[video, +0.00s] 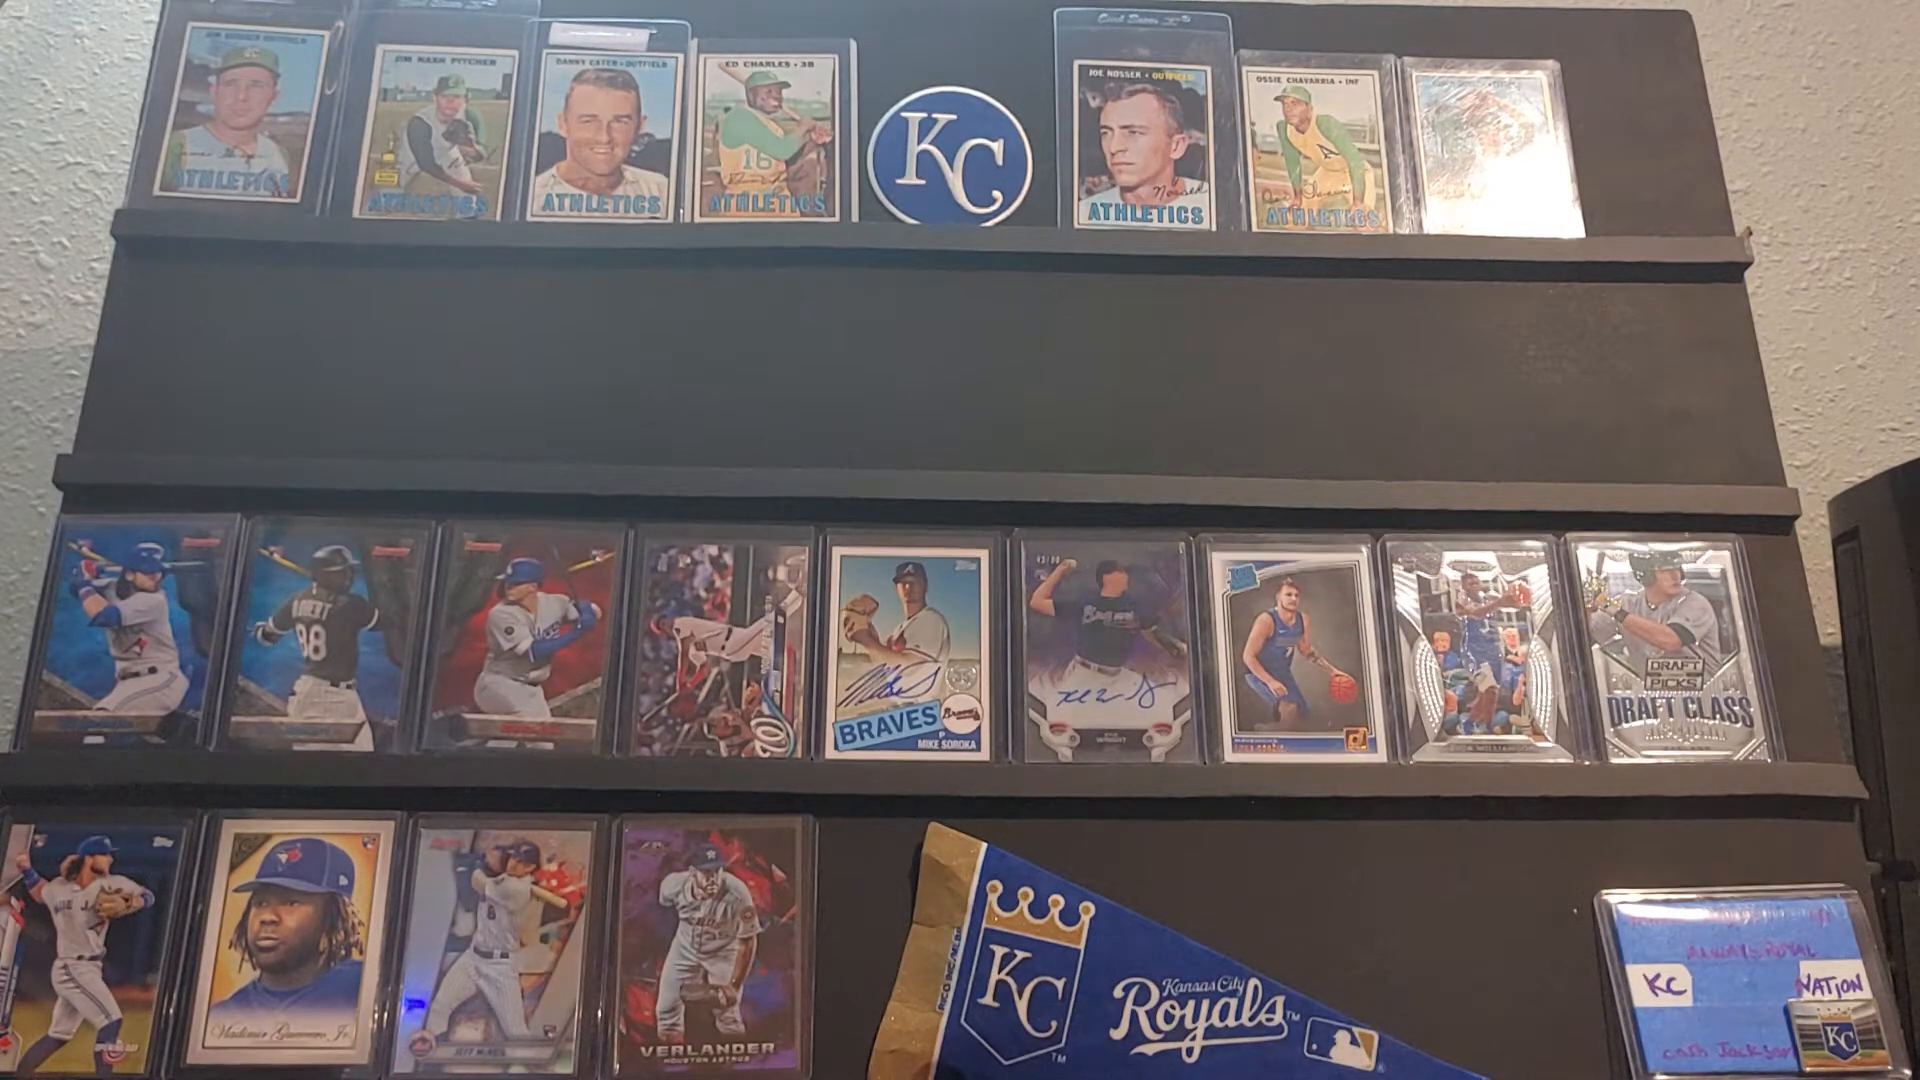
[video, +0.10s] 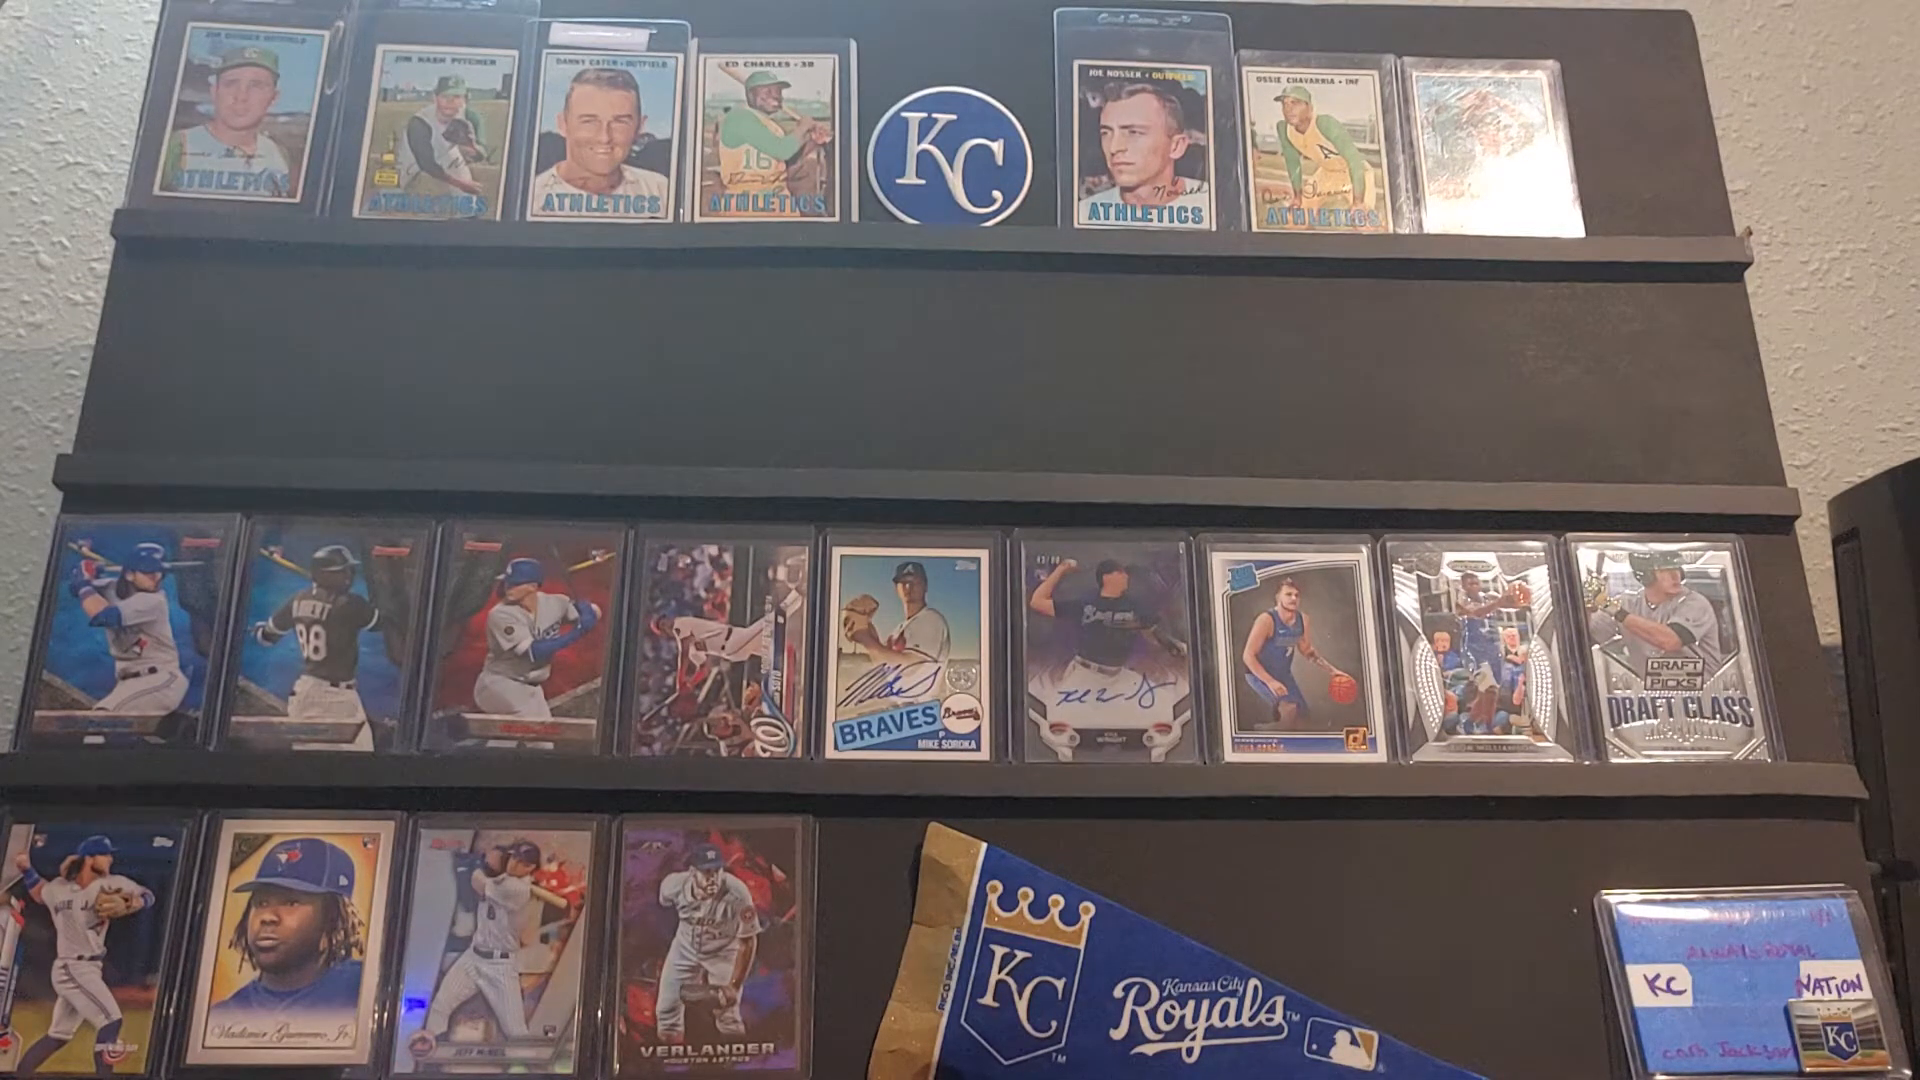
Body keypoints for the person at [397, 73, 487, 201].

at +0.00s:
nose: (451, 101)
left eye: (456, 97)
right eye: (445, 96)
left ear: (464, 100)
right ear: (436, 98)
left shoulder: (468, 116)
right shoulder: (419, 123)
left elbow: (480, 154)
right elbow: (427, 166)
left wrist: (469, 150)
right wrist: (462, 186)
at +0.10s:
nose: (450, 102)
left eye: (456, 97)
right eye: (445, 96)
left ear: (464, 100)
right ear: (436, 98)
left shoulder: (469, 117)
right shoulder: (419, 123)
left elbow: (481, 153)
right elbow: (427, 165)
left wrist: (470, 150)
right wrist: (462, 185)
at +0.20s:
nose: (450, 102)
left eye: (456, 97)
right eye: (444, 96)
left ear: (465, 101)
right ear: (436, 98)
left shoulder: (468, 117)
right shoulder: (419, 123)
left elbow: (481, 154)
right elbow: (427, 165)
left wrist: (470, 151)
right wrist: (462, 185)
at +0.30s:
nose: (450, 102)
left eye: (456, 97)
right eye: (444, 96)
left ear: (465, 101)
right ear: (436, 98)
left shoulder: (468, 117)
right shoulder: (419, 123)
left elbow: (481, 154)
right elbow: (427, 165)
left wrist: (471, 151)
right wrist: (462, 185)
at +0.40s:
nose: (450, 102)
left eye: (456, 97)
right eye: (444, 96)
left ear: (465, 101)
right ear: (436, 98)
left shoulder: (468, 117)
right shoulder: (419, 123)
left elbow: (481, 154)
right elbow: (427, 165)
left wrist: (471, 151)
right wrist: (462, 185)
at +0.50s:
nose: (450, 102)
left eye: (456, 97)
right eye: (444, 96)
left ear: (465, 101)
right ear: (436, 98)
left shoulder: (468, 117)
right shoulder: (419, 123)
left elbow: (481, 154)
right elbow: (427, 165)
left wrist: (470, 151)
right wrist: (462, 185)